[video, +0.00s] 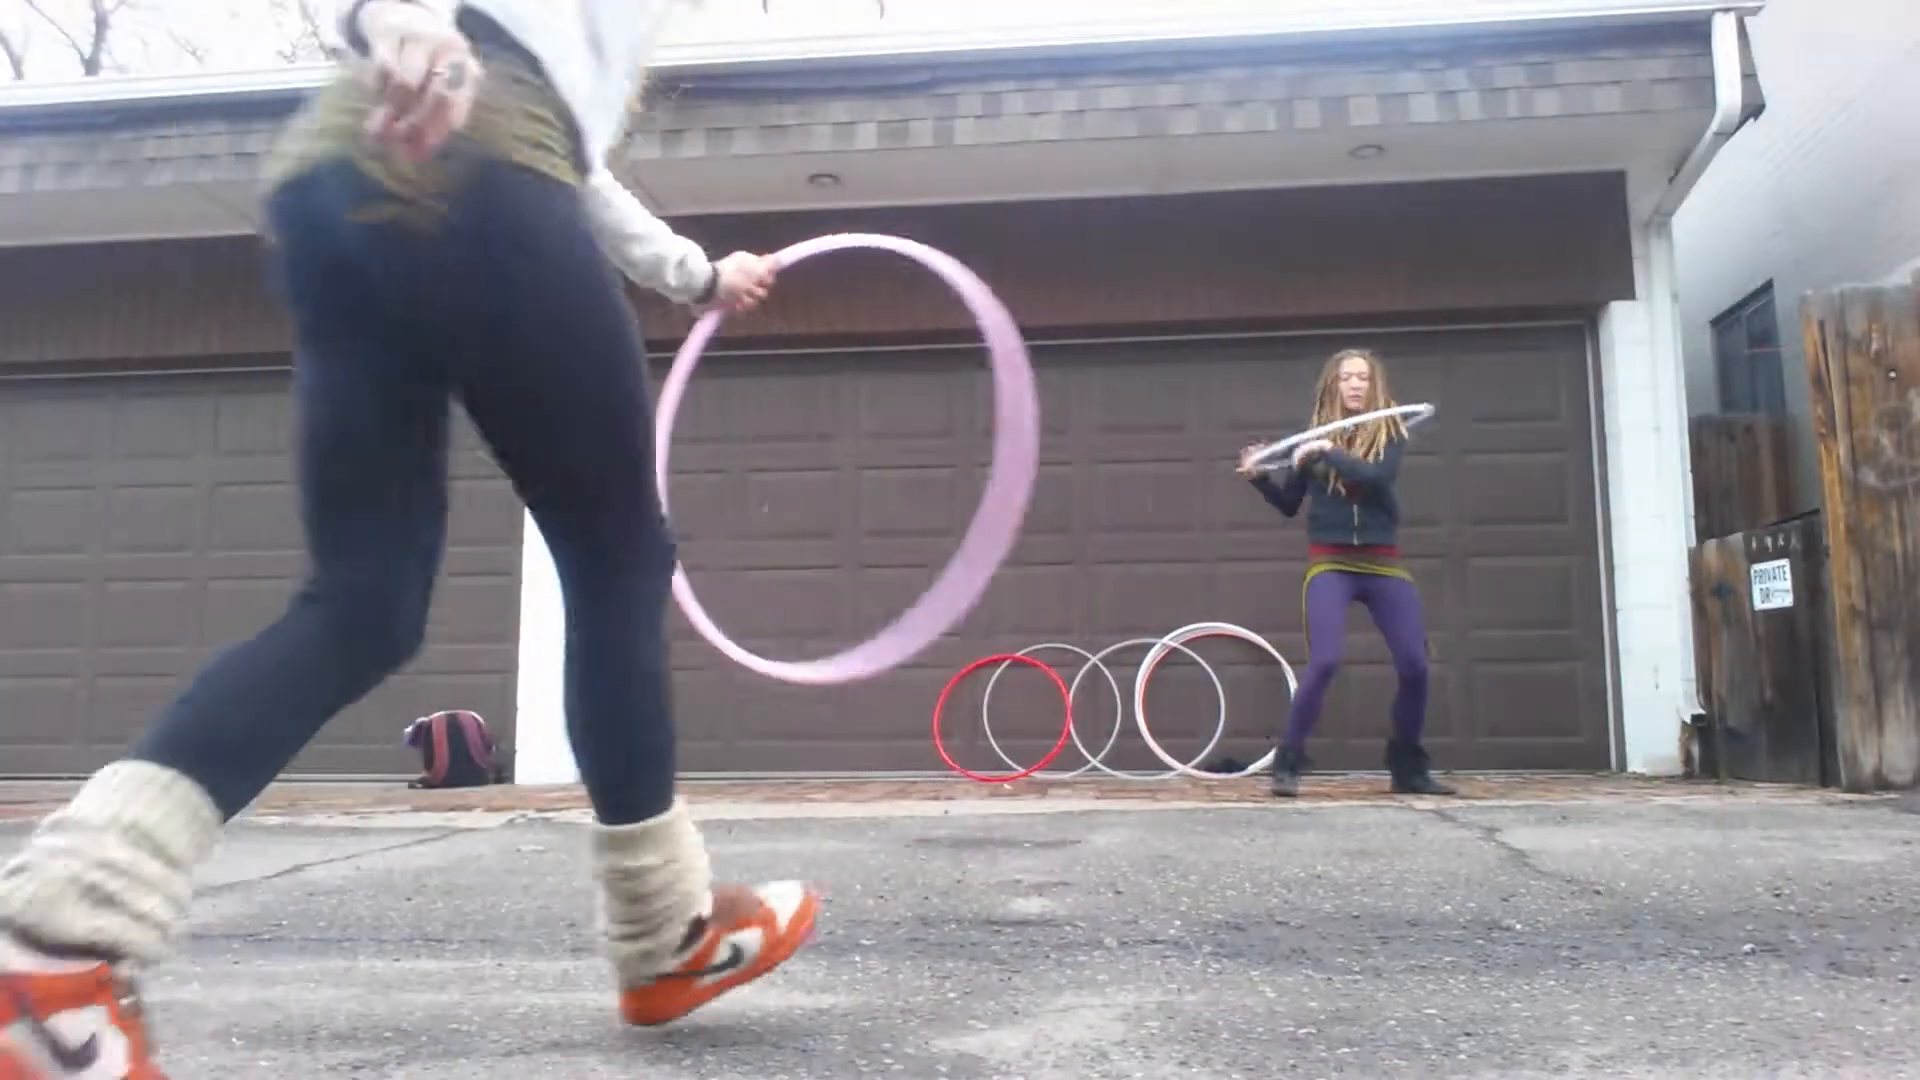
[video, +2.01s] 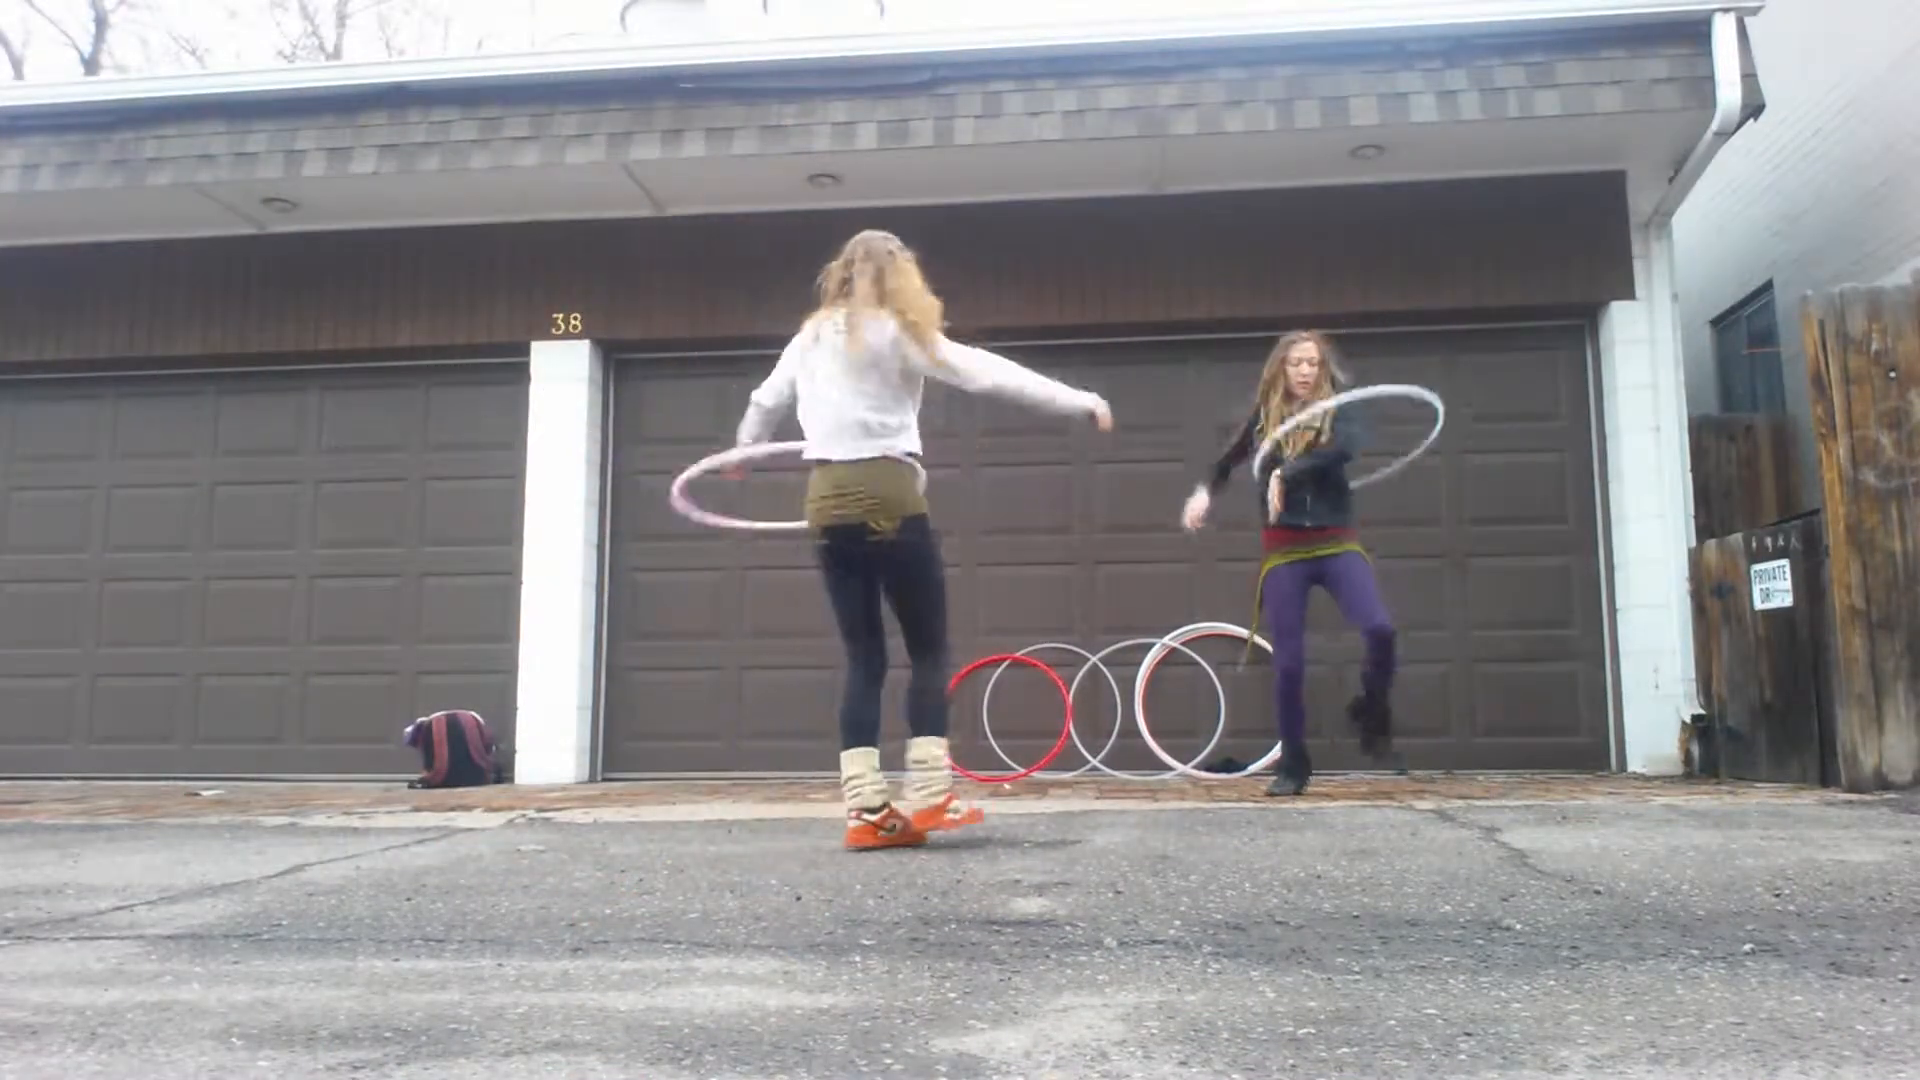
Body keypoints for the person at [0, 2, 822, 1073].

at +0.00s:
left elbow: (538, 136)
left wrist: (694, 272)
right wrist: (408, 24)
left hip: (335, 161)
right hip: (489, 166)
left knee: (363, 607)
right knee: (615, 553)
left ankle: (60, 926)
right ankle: (666, 935)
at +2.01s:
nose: (916, 282)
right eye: (910, 272)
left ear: (844, 276)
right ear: (901, 276)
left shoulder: (812, 335)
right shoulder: (904, 333)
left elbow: (764, 401)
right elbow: (989, 374)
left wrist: (741, 455)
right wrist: (1082, 402)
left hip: (826, 494)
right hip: (893, 490)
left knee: (863, 658)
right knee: (930, 651)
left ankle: (865, 811)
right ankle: (929, 797)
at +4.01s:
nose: (792, 364)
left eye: (800, 356)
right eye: (783, 357)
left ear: (819, 364)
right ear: (771, 367)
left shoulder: (851, 413)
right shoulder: (762, 423)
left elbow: (872, 476)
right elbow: (759, 485)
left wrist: (871, 495)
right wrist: (749, 516)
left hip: (853, 551)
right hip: (798, 553)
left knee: (823, 671)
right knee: (783, 663)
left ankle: (843, 785)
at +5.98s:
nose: (871, 337)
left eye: (876, 326)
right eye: (857, 327)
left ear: (884, 331)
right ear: (827, 333)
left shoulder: (900, 391)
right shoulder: (798, 403)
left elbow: (925, 462)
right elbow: (785, 489)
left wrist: (942, 495)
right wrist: (808, 512)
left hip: (882, 538)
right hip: (822, 539)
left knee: (887, 663)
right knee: (829, 650)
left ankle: (850, 796)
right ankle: (807, 785)